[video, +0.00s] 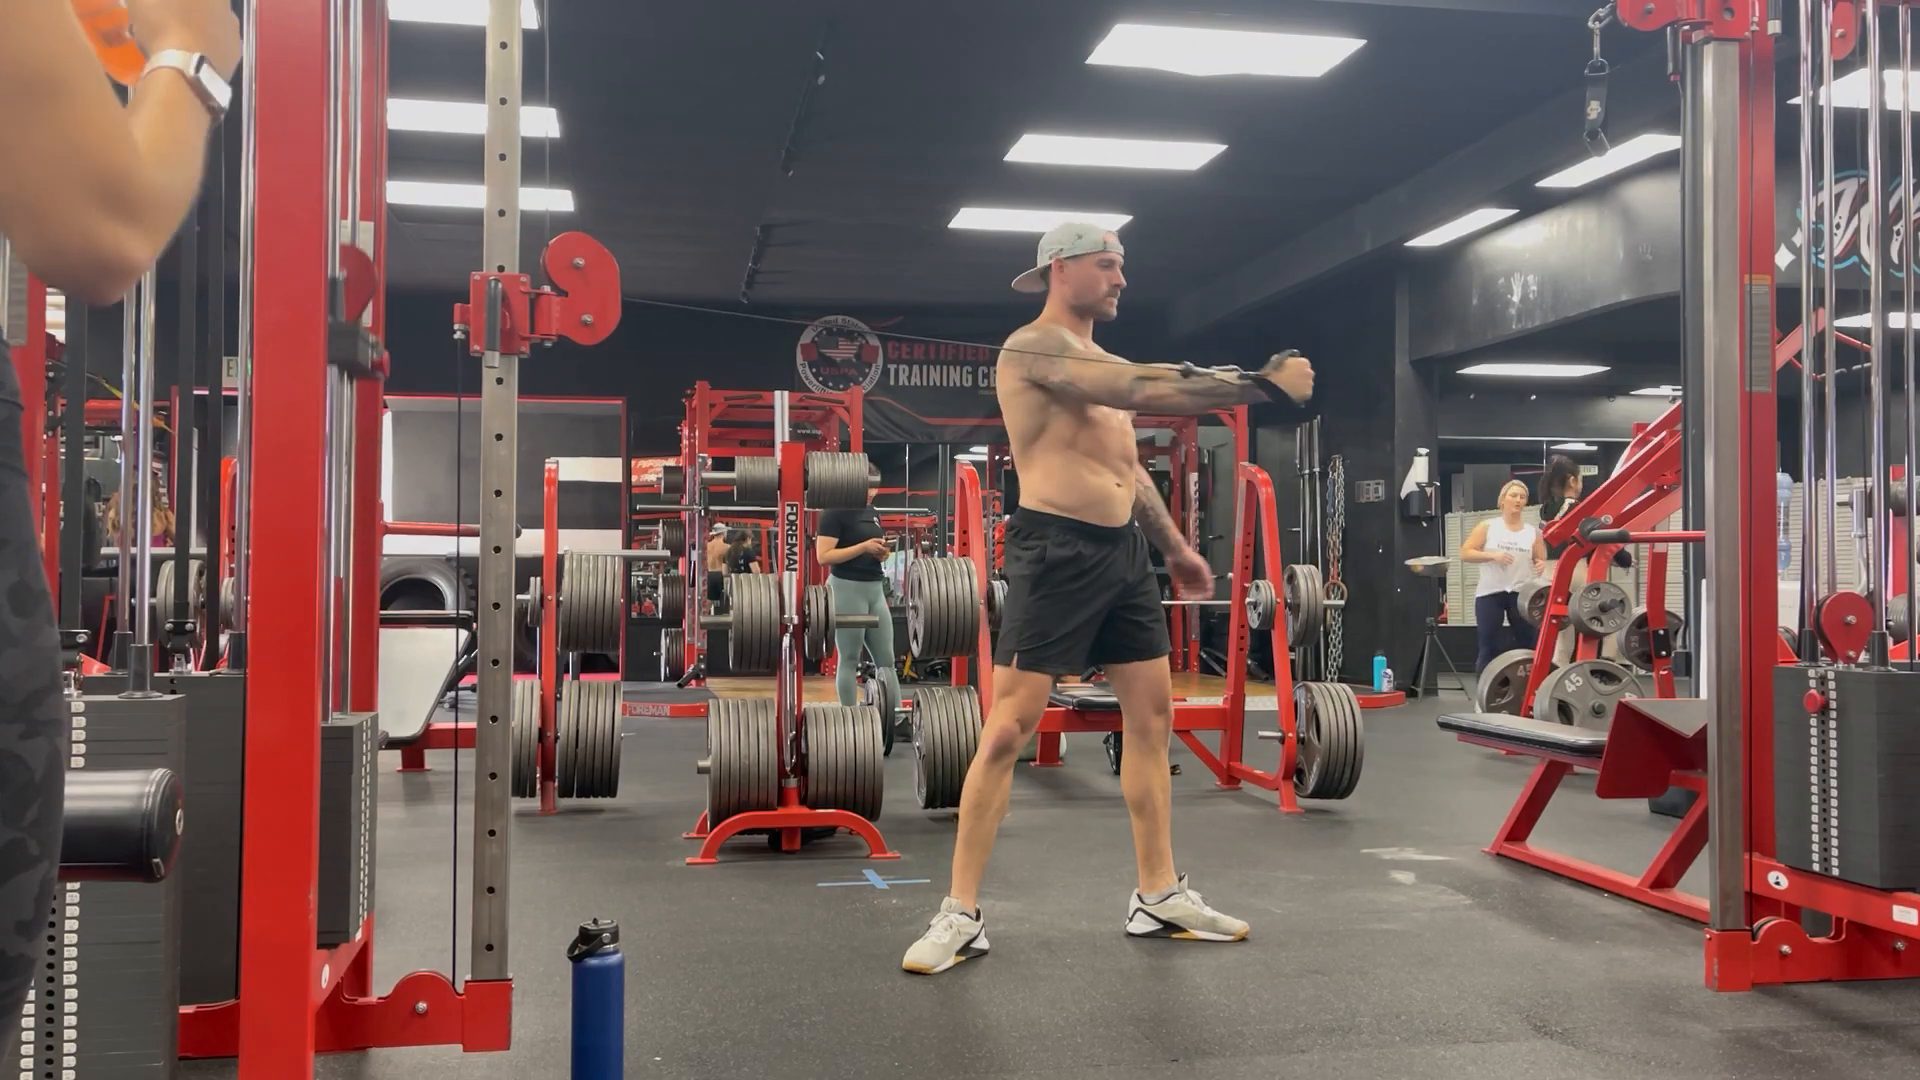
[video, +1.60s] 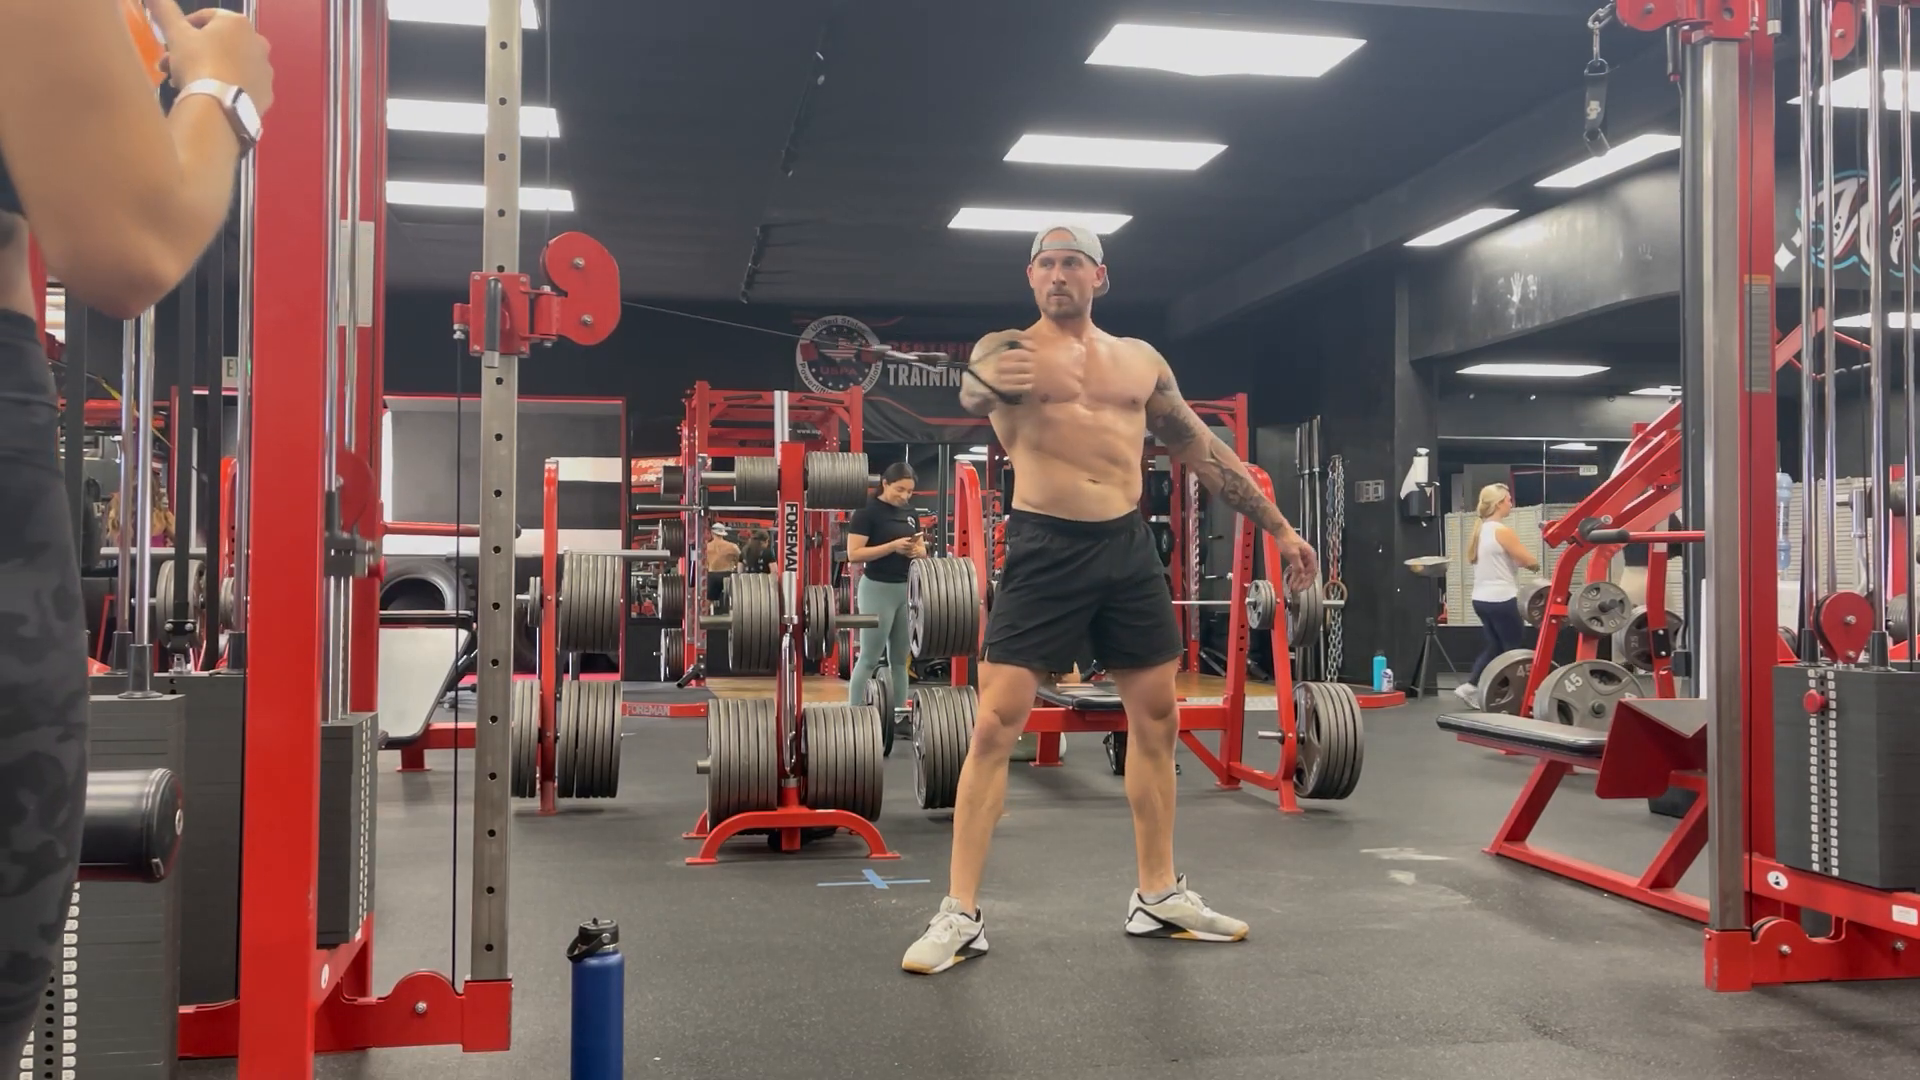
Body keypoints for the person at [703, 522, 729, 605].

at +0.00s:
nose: (726, 534)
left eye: (726, 532)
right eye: (725, 532)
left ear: (714, 533)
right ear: (723, 533)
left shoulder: (708, 545)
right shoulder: (726, 547)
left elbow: (706, 560)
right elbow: (728, 562)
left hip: (710, 572)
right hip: (721, 573)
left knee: (710, 600)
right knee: (722, 601)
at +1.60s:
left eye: (712, 534)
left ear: (713, 534)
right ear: (723, 534)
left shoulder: (708, 547)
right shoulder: (732, 546)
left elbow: (705, 561)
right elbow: (739, 558)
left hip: (712, 573)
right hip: (728, 573)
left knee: (710, 600)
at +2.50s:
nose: (725, 535)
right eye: (725, 533)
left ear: (714, 533)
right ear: (724, 534)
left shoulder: (708, 545)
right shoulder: (726, 547)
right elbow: (735, 558)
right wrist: (730, 567)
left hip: (710, 572)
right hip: (723, 572)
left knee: (709, 600)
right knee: (723, 601)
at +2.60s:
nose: (727, 535)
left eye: (727, 533)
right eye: (726, 533)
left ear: (715, 534)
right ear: (723, 534)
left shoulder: (709, 545)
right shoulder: (724, 546)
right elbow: (732, 559)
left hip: (710, 572)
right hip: (722, 572)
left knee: (710, 599)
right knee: (723, 599)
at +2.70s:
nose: (728, 535)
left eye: (728, 533)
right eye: (727, 533)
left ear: (717, 534)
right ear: (723, 534)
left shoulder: (709, 545)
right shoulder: (722, 547)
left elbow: (728, 552)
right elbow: (729, 561)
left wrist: (735, 555)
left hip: (711, 572)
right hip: (722, 573)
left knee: (711, 600)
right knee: (723, 600)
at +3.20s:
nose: (728, 536)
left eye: (728, 534)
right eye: (727, 534)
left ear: (718, 534)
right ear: (723, 534)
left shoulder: (710, 545)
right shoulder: (722, 547)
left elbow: (727, 552)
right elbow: (726, 564)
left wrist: (735, 555)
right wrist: (733, 574)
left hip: (711, 572)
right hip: (721, 572)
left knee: (710, 599)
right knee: (722, 600)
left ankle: (707, 616)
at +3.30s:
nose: (727, 536)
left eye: (727, 534)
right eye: (727, 534)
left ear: (716, 533)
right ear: (723, 534)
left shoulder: (709, 545)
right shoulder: (723, 546)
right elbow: (728, 560)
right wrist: (734, 567)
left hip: (711, 572)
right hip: (721, 572)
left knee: (710, 599)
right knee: (723, 599)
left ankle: (707, 616)